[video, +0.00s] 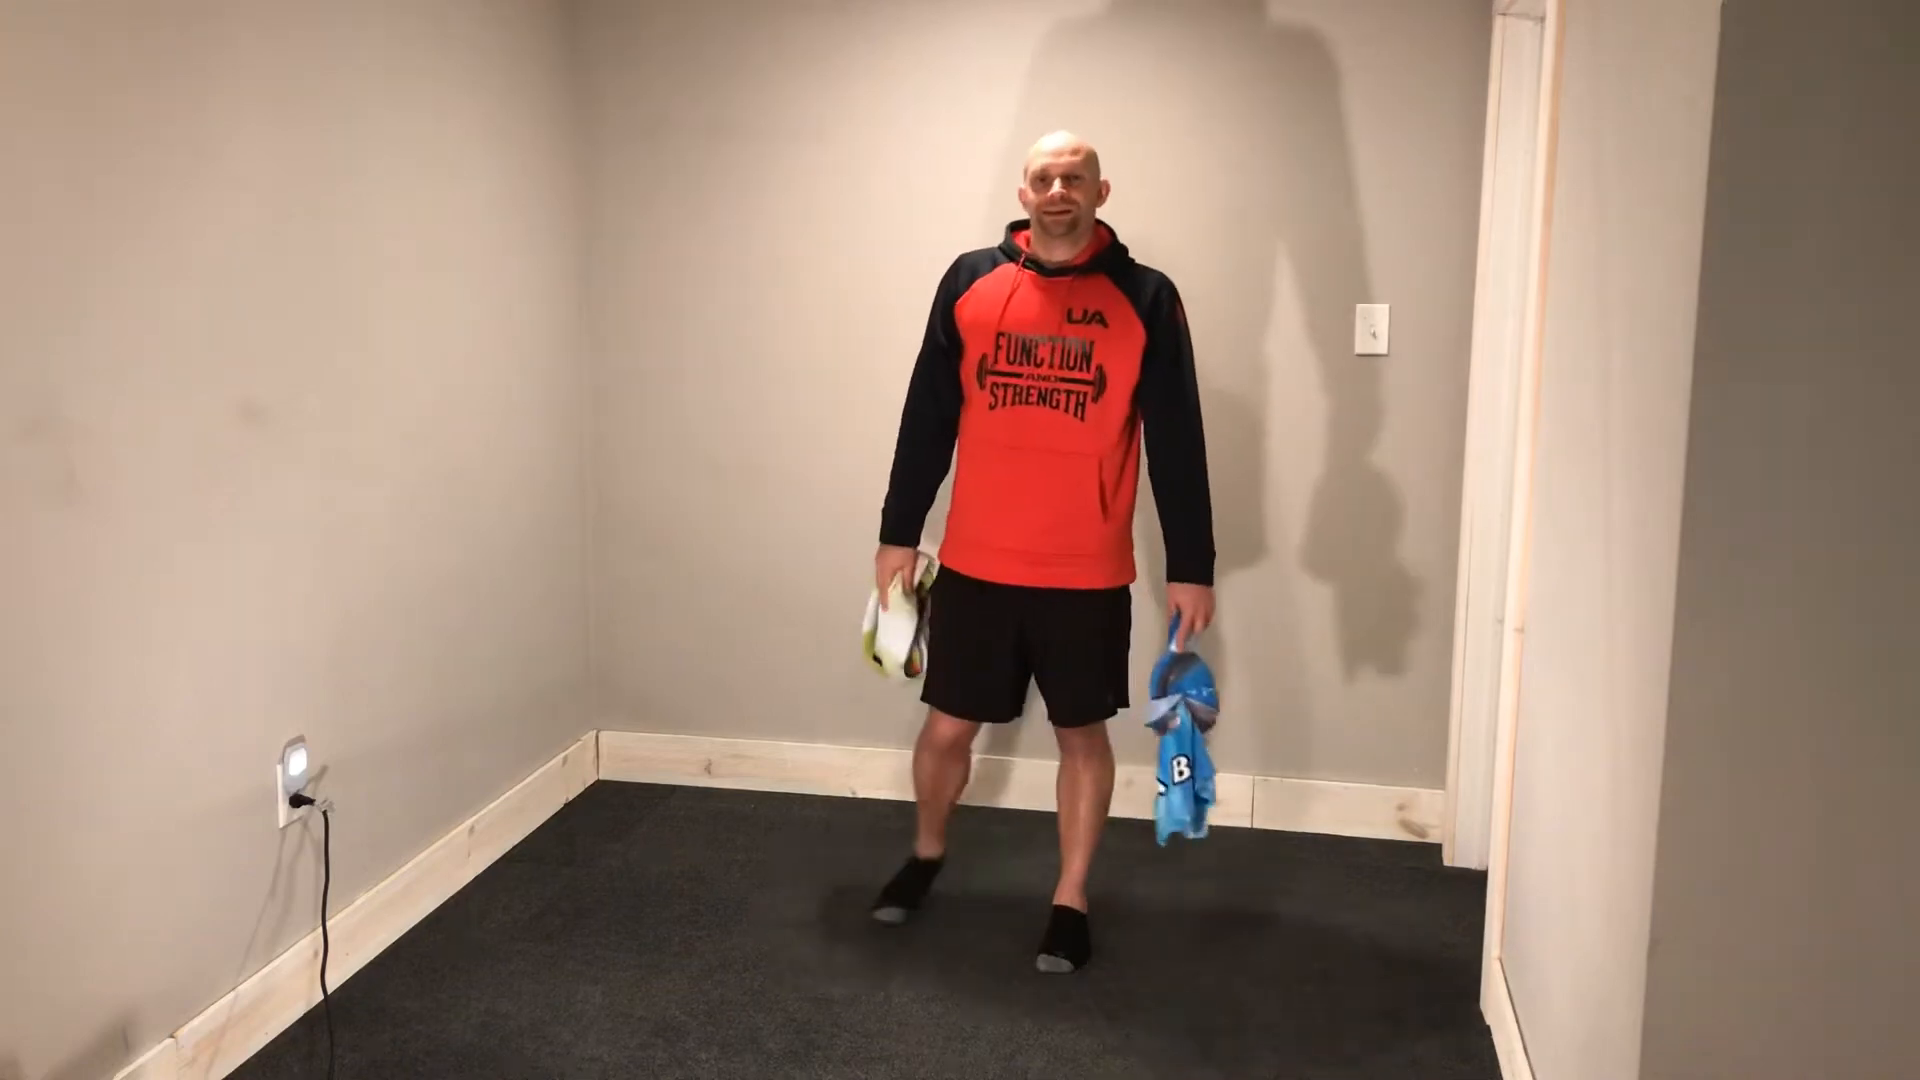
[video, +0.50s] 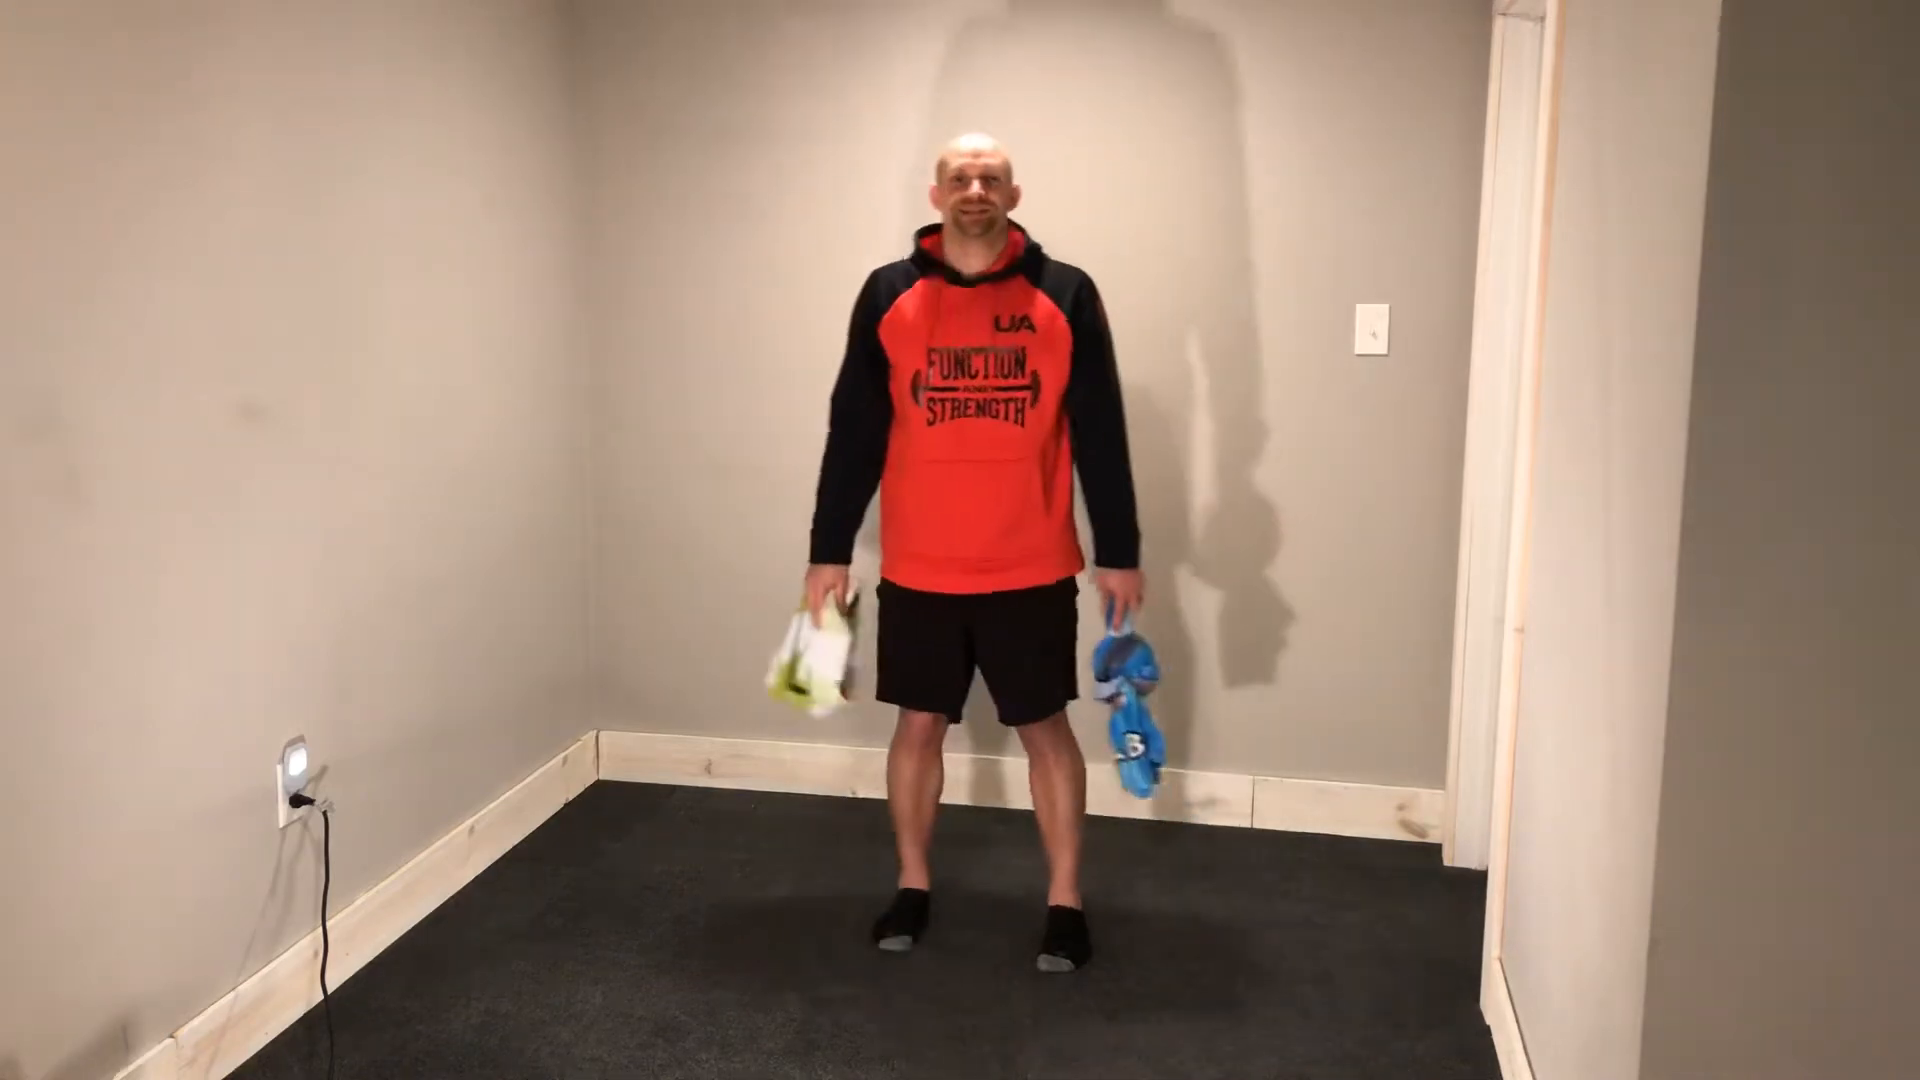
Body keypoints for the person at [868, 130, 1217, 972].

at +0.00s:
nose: (1059, 190)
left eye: (1076, 178)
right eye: (1045, 177)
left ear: (1103, 195)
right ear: (1021, 194)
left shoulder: (1146, 299)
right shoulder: (970, 282)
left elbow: (1178, 439)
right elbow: (929, 414)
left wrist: (1191, 566)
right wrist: (899, 533)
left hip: (1085, 570)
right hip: (978, 560)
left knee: (1081, 733)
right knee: (946, 727)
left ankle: (1070, 904)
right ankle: (924, 858)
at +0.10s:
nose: (1046, 190)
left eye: (1063, 179)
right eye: (1032, 178)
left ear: (1088, 196)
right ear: (1009, 193)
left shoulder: (1134, 304)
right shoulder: (959, 288)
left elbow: (1171, 444)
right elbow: (919, 421)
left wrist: (1188, 571)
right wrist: (891, 540)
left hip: (1078, 571)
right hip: (970, 562)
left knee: (1076, 731)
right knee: (947, 721)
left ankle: (1069, 905)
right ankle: (909, 884)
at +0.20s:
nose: (1031, 192)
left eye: (1047, 179)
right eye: (1016, 179)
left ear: (1070, 195)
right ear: (993, 193)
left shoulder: (1118, 303)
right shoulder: (942, 289)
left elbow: (1154, 443)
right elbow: (904, 424)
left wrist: (1176, 569)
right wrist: (878, 544)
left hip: (1065, 569)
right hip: (957, 562)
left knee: (1069, 730)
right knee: (938, 723)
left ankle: (1068, 907)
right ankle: (915, 891)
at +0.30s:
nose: (1018, 189)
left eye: (1034, 177)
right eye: (1003, 177)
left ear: (1057, 195)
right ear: (979, 193)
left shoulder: (1105, 301)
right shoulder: (929, 288)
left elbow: (1141, 438)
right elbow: (892, 423)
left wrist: (1163, 564)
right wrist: (866, 544)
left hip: (1056, 568)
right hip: (948, 563)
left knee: (1063, 730)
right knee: (933, 723)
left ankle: (1067, 906)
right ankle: (914, 890)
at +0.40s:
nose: (999, 188)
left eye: (1014, 177)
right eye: (983, 177)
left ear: (1037, 195)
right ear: (957, 195)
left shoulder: (1084, 297)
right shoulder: (909, 291)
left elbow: (1120, 434)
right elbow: (872, 427)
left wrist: (1142, 559)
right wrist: (846, 548)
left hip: (1042, 567)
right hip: (932, 565)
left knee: (1053, 728)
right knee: (924, 724)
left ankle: (1067, 907)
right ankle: (912, 891)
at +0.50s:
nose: (976, 189)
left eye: (991, 178)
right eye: (959, 177)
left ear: (1014, 197)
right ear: (934, 196)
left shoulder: (1064, 295)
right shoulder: (889, 294)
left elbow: (1099, 430)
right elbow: (855, 430)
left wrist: (1119, 553)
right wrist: (829, 551)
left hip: (1028, 564)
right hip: (919, 565)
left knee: (1042, 726)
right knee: (919, 721)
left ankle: (1065, 905)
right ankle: (912, 889)